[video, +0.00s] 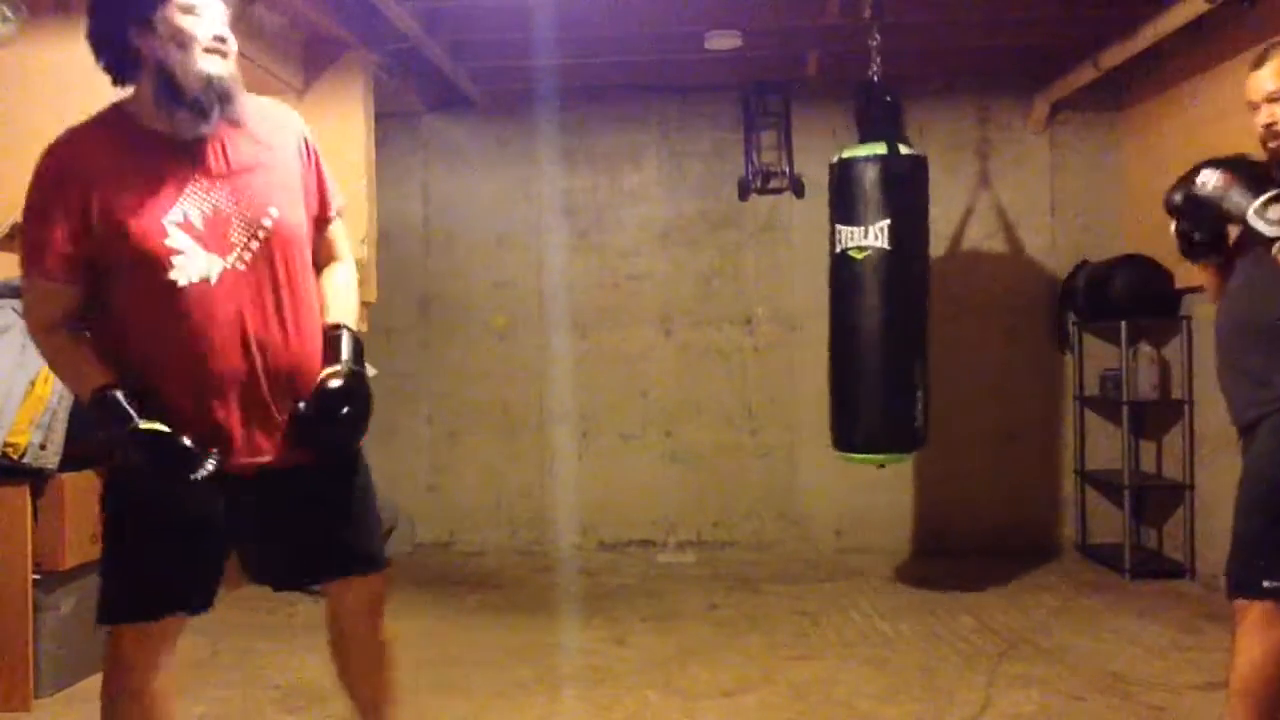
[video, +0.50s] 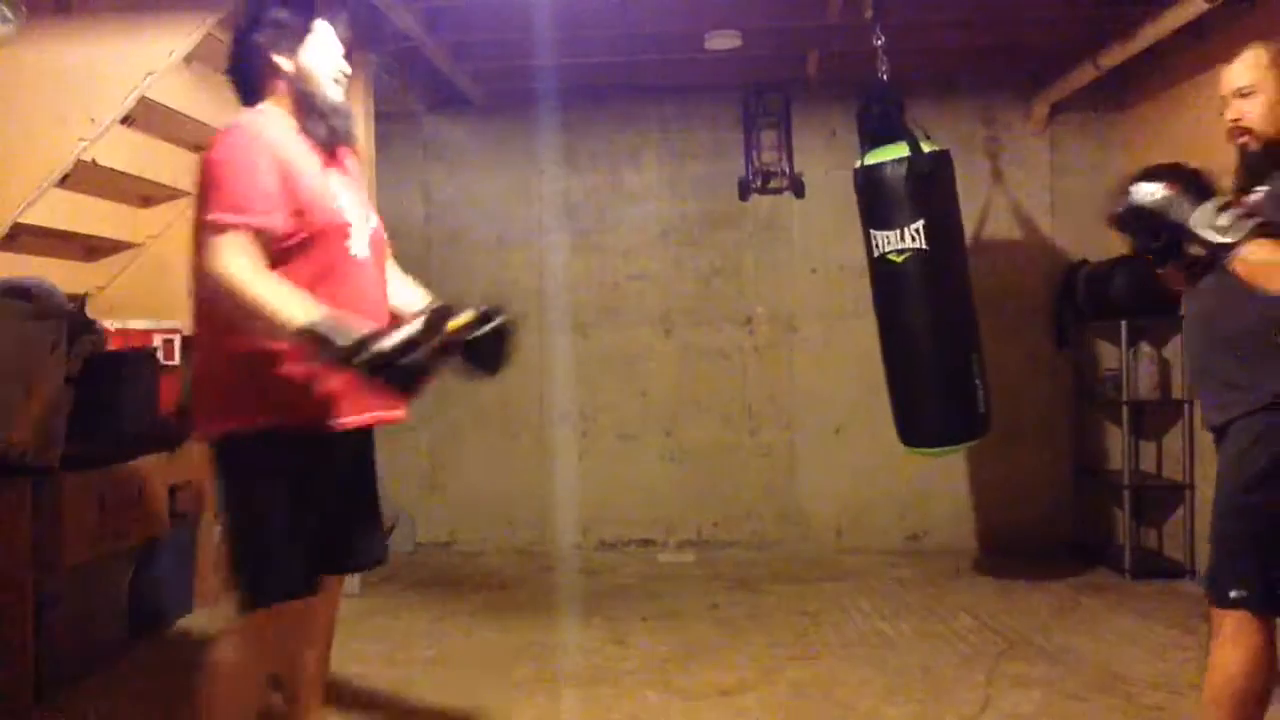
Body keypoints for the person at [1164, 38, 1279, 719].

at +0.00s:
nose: (1265, 119)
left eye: (1274, 101)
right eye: (1256, 107)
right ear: (1247, 117)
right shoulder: (1252, 211)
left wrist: (1225, 252)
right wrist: (1221, 258)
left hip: (1270, 422)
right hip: (1263, 421)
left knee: (1258, 602)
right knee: (1257, 600)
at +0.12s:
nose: (1271, 110)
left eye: (1275, 98)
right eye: (1269, 101)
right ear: (1266, 101)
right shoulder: (1261, 181)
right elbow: (1218, 282)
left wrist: (1264, 203)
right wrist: (1206, 215)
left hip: (1272, 417)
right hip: (1257, 416)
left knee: (1256, 597)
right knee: (1255, 594)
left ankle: (1251, 711)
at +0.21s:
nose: (1269, 95)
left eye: (1273, 84)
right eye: (1268, 86)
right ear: (1265, 91)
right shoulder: (1259, 174)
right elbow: (1220, 282)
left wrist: (1262, 200)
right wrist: (1206, 221)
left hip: (1271, 415)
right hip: (1255, 416)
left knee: (1244, 589)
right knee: (1248, 588)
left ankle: (1250, 712)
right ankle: (1253, 706)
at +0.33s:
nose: (1265, 112)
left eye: (1272, 96)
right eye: (1262, 98)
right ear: (1259, 103)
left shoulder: (1262, 209)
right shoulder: (1257, 206)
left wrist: (1248, 235)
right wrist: (1210, 258)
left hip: (1266, 419)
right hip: (1254, 420)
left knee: (1232, 584)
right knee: (1239, 584)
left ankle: (1246, 711)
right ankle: (1250, 707)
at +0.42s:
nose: (1256, 113)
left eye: (1268, 95)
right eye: (1249, 99)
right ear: (1244, 109)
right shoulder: (1258, 204)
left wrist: (1259, 245)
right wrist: (1202, 263)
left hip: (1266, 421)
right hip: (1253, 421)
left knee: (1236, 594)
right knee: (1240, 592)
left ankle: (1237, 711)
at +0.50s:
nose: (1231, 115)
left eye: (1245, 95)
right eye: (1225, 102)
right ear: (1223, 110)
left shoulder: (1273, 195)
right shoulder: (1250, 196)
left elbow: (1279, 278)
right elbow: (1218, 288)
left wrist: (1225, 242)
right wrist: (1171, 253)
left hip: (1264, 424)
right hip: (1241, 423)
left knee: (1238, 605)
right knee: (1243, 603)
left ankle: (1226, 712)